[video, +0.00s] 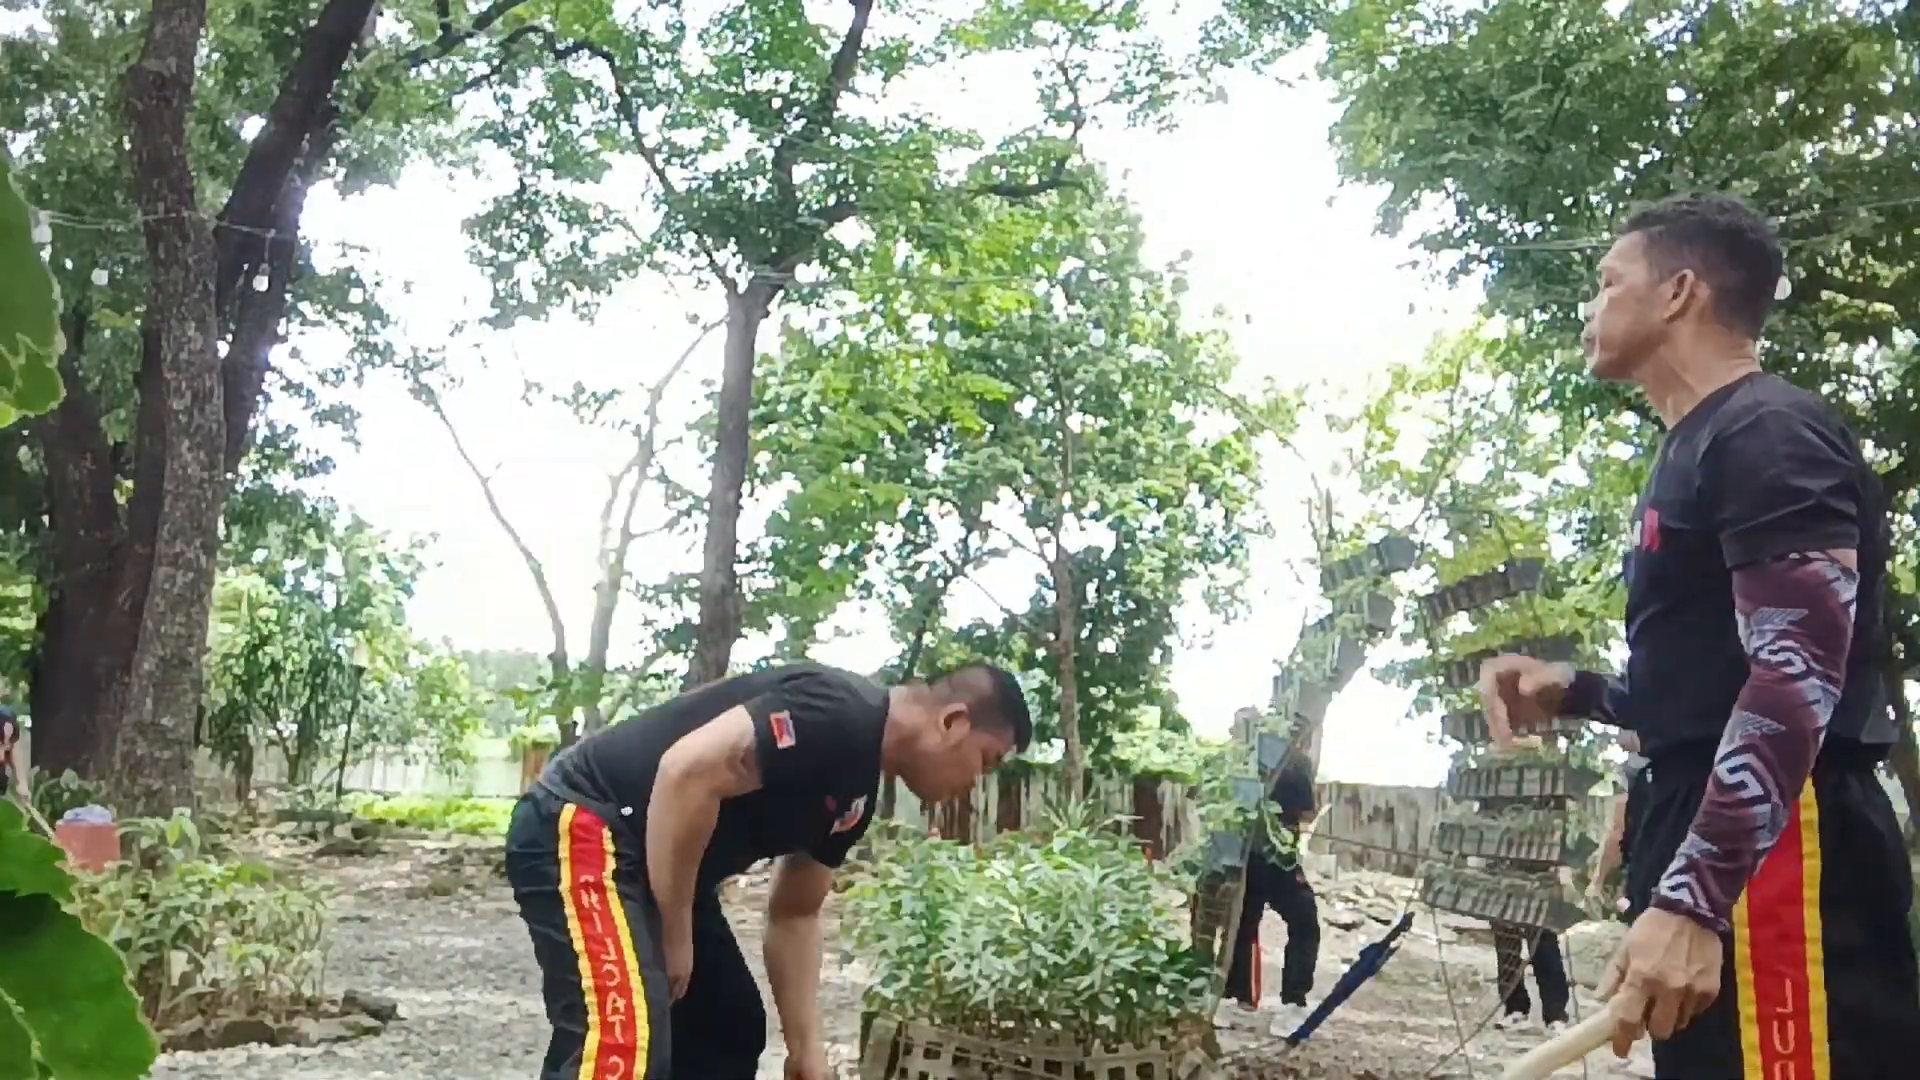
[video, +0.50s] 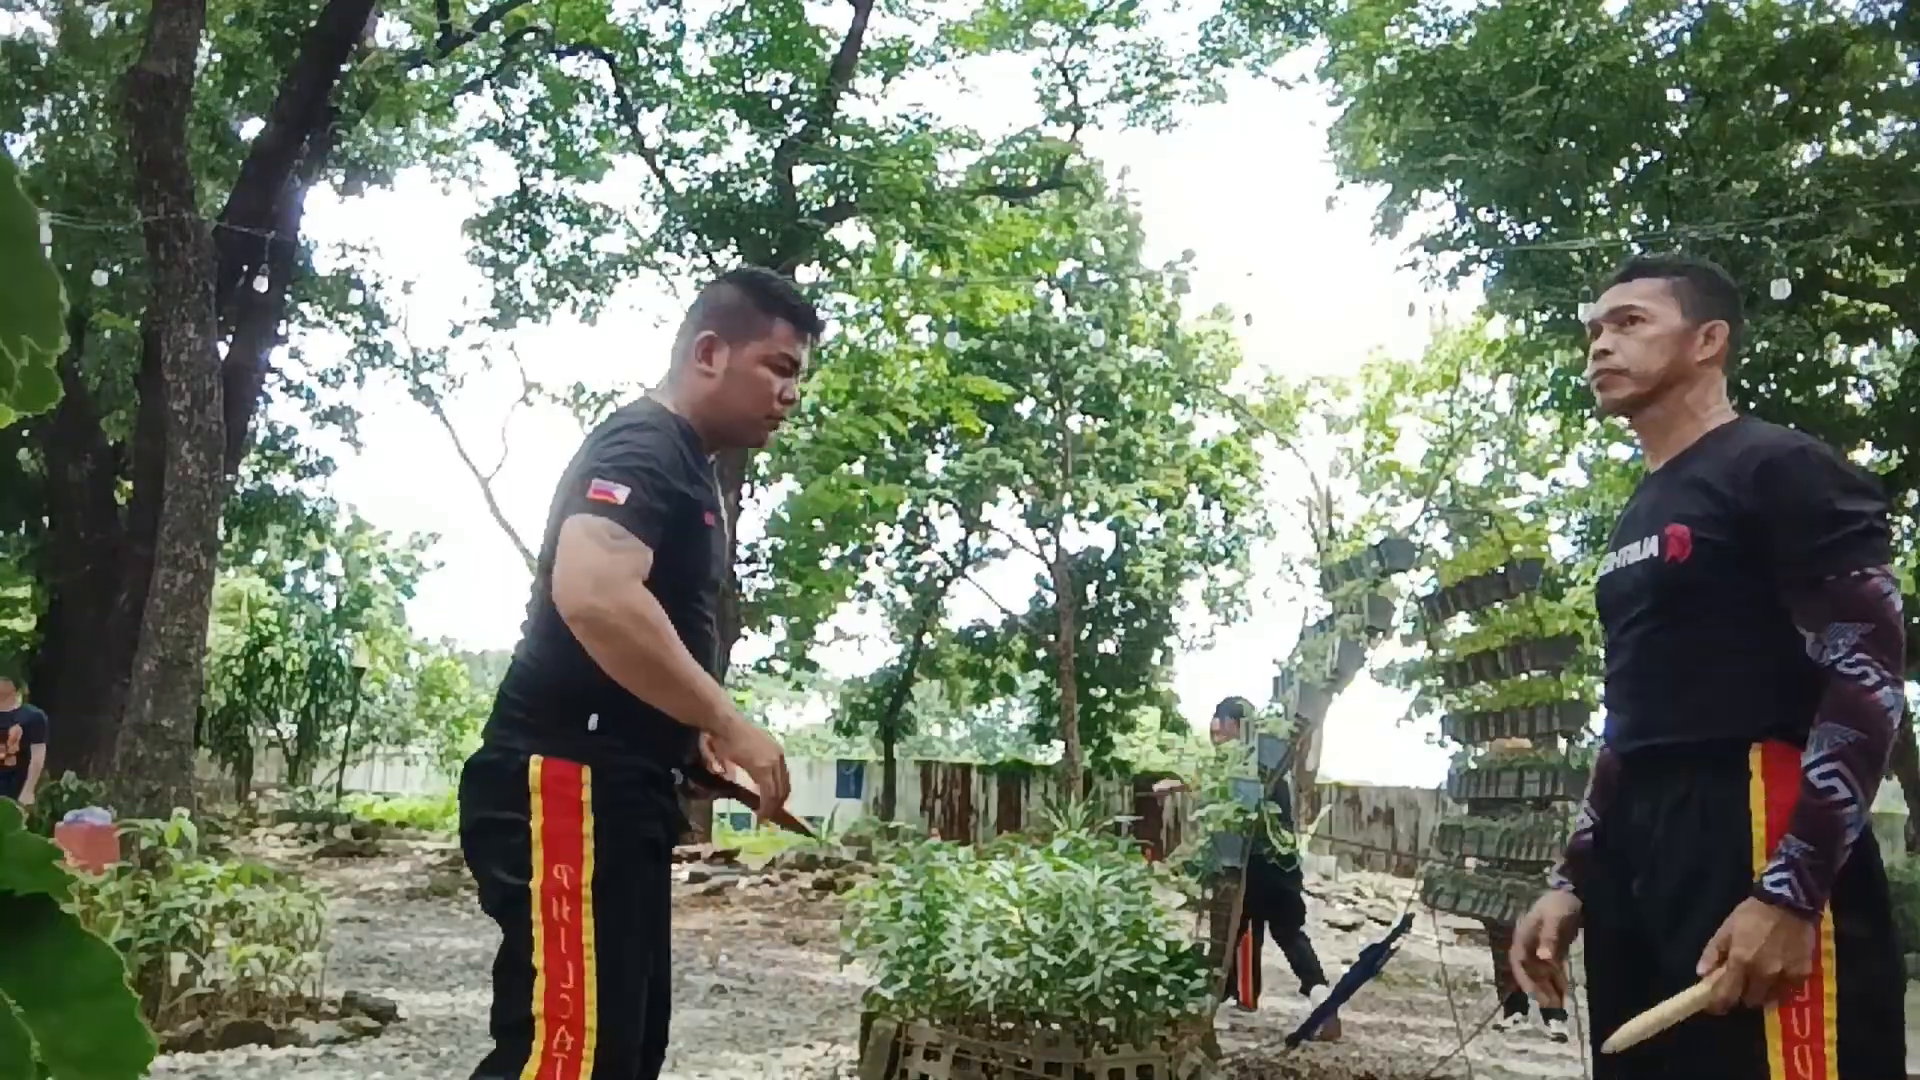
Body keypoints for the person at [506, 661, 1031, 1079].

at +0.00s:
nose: (973, 786)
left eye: (988, 773)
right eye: (985, 764)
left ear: (949, 722)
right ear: (953, 721)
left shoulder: (854, 795)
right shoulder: (844, 716)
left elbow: (795, 914)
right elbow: (688, 772)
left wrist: (806, 1050)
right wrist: (676, 929)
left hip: (665, 853)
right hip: (584, 822)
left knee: (728, 1025)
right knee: (621, 1037)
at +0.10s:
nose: (960, 669)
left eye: (970, 653)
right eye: (962, 643)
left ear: (918, 612)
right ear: (915, 608)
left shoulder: (851, 715)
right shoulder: (798, 633)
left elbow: (793, 827)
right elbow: (653, 724)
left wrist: (779, 943)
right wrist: (678, 881)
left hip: (682, 846)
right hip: (589, 808)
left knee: (739, 1032)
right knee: (632, 1022)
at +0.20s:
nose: (920, 587)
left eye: (929, 573)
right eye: (915, 562)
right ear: (858, 536)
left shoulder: (829, 660)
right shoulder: (739, 590)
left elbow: (780, 776)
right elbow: (618, 710)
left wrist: (767, 876)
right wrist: (689, 858)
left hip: (695, 853)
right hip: (594, 825)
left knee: (749, 1051)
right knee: (633, 1037)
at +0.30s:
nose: (861, 505)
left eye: (867, 489)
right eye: (853, 478)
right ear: (788, 459)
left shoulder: (770, 582)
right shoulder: (679, 543)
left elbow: (716, 729)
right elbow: (589, 689)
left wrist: (731, 847)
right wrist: (702, 823)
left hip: (670, 840)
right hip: (590, 825)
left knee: (706, 1057)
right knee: (617, 1055)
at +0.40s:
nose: (818, 432)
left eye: (824, 415)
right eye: (807, 405)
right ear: (738, 390)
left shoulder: (718, 508)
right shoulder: (662, 472)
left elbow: (666, 674)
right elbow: (586, 627)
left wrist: (712, 803)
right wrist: (710, 765)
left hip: (634, 808)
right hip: (578, 800)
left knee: (641, 1052)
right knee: (588, 1057)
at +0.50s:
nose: (793, 394)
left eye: (798, 378)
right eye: (780, 368)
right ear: (709, 353)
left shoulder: (696, 472)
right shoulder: (648, 437)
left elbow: (654, 638)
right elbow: (594, 592)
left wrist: (699, 746)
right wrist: (728, 721)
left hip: (622, 792)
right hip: (571, 786)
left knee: (628, 1051)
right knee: (569, 1054)